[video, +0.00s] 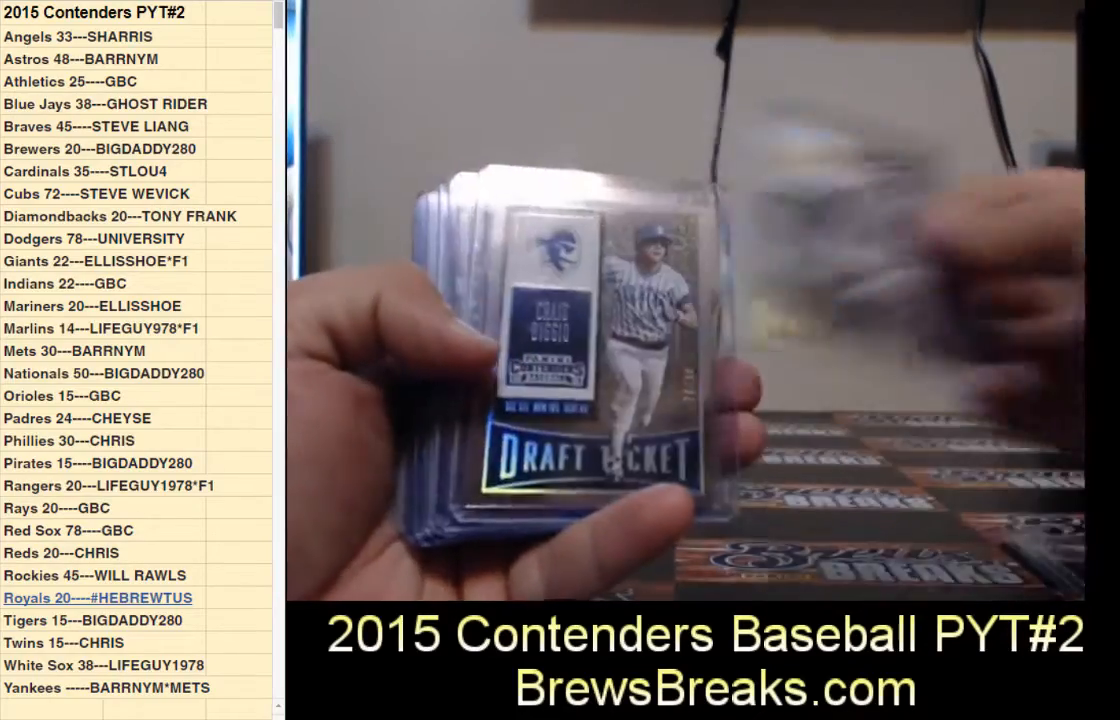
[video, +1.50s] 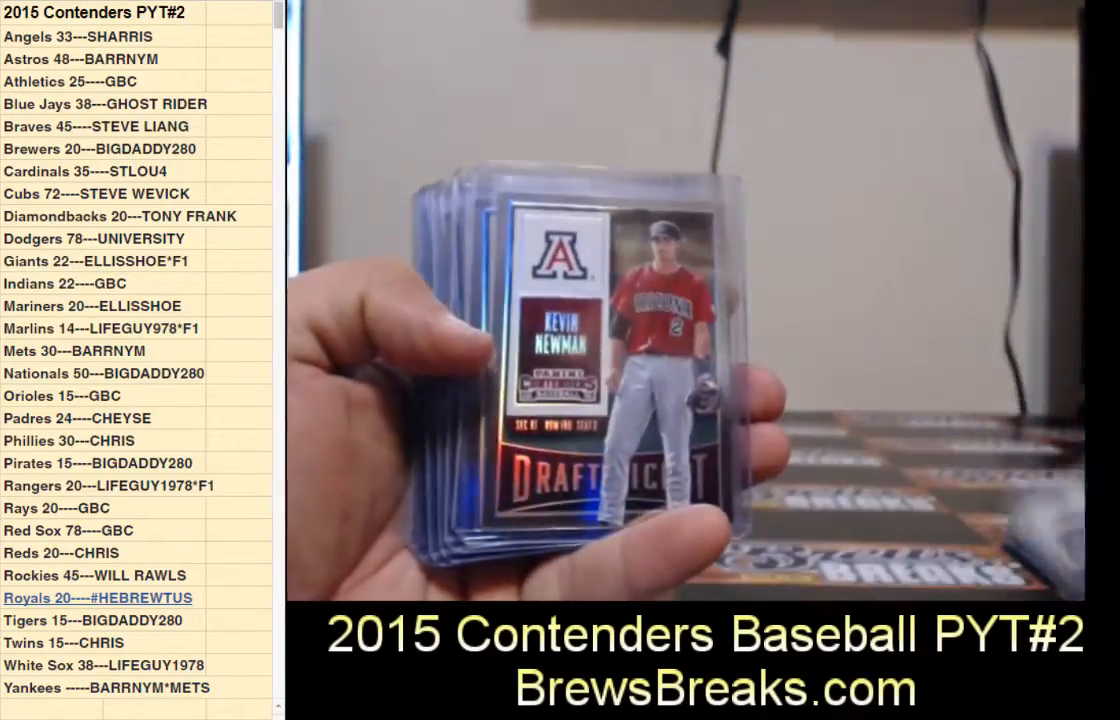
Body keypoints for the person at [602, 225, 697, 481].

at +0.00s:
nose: (657, 249)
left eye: (662, 245)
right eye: (652, 244)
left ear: (667, 249)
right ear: (640, 247)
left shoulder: (674, 279)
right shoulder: (618, 269)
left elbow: (693, 319)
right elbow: (584, 264)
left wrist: (681, 316)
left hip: (657, 351)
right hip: (622, 346)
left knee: (647, 410)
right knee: (630, 389)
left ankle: (630, 440)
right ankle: (616, 456)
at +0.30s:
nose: (658, 249)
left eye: (662, 245)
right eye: (652, 244)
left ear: (667, 249)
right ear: (640, 248)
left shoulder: (675, 281)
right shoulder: (619, 272)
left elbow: (695, 322)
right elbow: (584, 269)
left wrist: (683, 318)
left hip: (659, 355)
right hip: (625, 349)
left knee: (651, 414)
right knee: (634, 392)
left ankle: (638, 449)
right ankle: (621, 462)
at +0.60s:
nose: (666, 246)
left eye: (670, 241)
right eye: (660, 241)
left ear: (675, 246)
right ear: (647, 245)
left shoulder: (683, 279)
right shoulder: (627, 270)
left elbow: (703, 324)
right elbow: (590, 266)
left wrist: (688, 317)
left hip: (667, 358)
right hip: (632, 354)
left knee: (659, 415)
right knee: (638, 402)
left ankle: (644, 462)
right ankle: (627, 470)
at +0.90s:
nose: (686, 247)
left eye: (690, 242)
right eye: (680, 242)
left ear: (695, 247)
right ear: (667, 245)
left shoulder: (700, 279)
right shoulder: (645, 270)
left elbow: (719, 318)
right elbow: (606, 267)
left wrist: (715, 321)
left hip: (683, 360)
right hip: (648, 354)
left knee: (674, 420)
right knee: (652, 405)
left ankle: (659, 469)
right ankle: (640, 473)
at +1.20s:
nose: (658, 244)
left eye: (664, 238)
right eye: (653, 238)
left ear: (674, 242)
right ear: (647, 242)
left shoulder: (689, 281)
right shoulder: (630, 276)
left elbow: (696, 327)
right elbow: (615, 327)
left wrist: (696, 367)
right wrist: (611, 366)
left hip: (672, 363)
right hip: (632, 363)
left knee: (671, 444)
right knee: (612, 441)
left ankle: (673, 516)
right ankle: (605, 516)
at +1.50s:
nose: (662, 246)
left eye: (667, 240)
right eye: (657, 240)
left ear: (678, 244)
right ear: (651, 244)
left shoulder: (694, 283)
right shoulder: (635, 278)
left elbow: (702, 329)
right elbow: (619, 329)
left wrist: (702, 370)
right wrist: (614, 368)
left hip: (677, 365)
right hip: (638, 364)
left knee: (676, 448)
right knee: (617, 444)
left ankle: (679, 519)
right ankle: (610, 519)